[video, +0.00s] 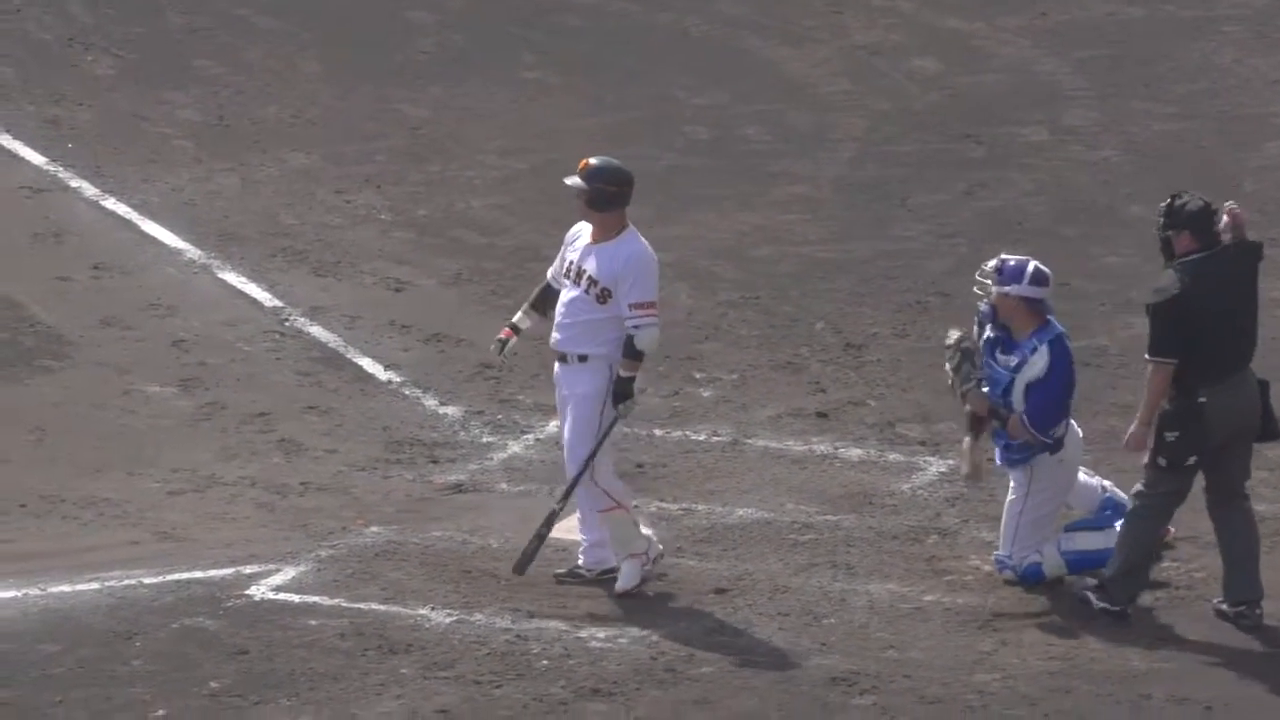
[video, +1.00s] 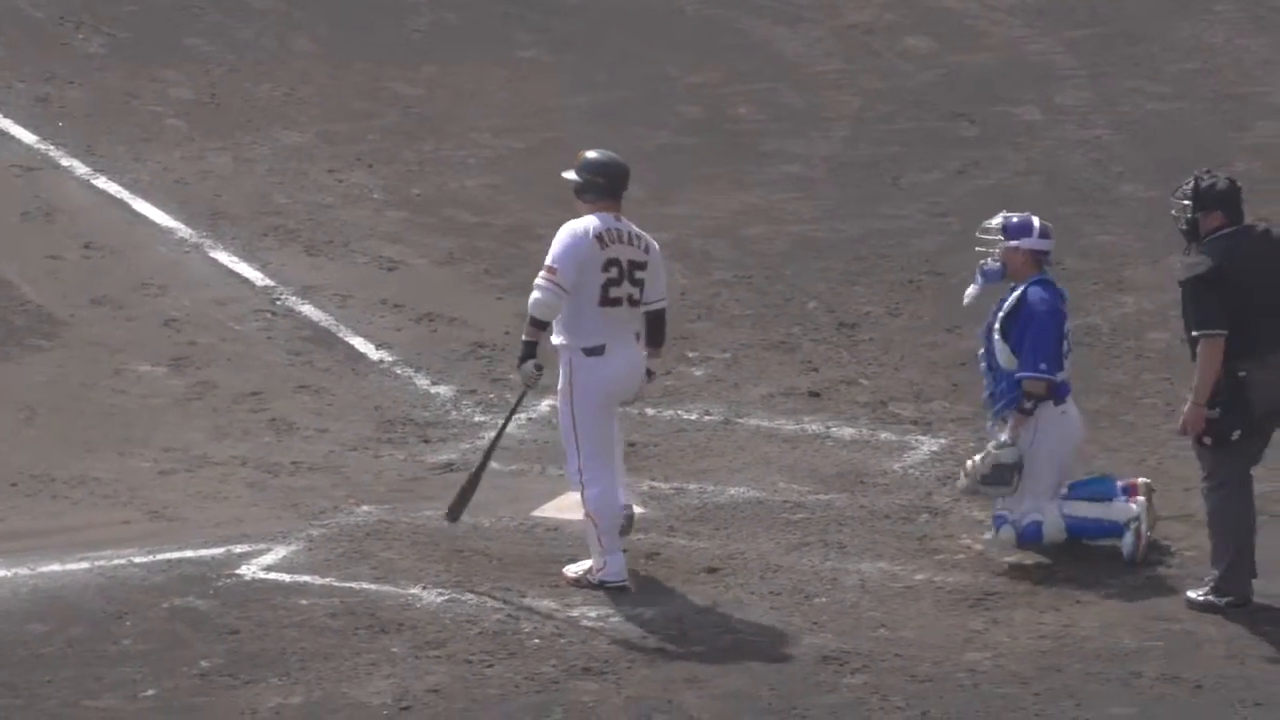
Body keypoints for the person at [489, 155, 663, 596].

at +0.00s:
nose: (578, 199)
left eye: (584, 194)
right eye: (579, 192)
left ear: (605, 202)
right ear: (606, 201)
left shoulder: (635, 257)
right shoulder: (579, 234)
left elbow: (642, 331)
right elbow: (551, 287)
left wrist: (624, 381)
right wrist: (516, 326)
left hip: (597, 372)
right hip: (565, 367)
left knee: (586, 465)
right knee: (578, 464)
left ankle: (639, 548)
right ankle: (597, 556)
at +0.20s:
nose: (577, 193)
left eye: (583, 189)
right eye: (578, 187)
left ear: (603, 196)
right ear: (607, 194)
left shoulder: (625, 250)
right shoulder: (586, 228)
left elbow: (634, 322)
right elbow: (570, 286)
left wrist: (624, 375)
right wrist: (539, 325)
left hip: (593, 366)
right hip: (567, 360)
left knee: (563, 461)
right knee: (589, 456)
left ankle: (629, 535)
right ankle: (600, 546)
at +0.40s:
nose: (576, 185)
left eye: (582, 181)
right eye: (579, 179)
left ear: (597, 188)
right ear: (613, 187)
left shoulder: (618, 244)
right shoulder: (600, 227)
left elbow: (622, 317)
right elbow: (598, 301)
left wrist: (611, 367)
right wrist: (573, 352)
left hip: (590, 359)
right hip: (578, 353)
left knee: (557, 455)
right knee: (597, 450)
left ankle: (612, 537)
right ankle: (608, 537)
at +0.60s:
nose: (579, 188)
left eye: (584, 184)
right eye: (581, 182)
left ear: (599, 191)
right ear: (619, 191)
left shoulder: (605, 247)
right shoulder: (632, 227)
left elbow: (601, 320)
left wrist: (585, 372)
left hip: (594, 358)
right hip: (619, 351)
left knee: (584, 458)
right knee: (599, 449)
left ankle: (617, 558)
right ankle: (602, 541)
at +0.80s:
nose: (581, 192)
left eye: (586, 187)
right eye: (584, 185)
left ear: (597, 193)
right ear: (624, 192)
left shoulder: (591, 244)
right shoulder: (650, 238)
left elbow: (572, 317)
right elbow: (659, 305)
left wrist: (554, 362)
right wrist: (642, 344)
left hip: (598, 364)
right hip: (636, 361)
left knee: (598, 466)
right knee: (600, 451)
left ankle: (623, 565)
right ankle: (594, 536)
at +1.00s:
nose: (573, 191)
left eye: (578, 186)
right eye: (576, 185)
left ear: (590, 189)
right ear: (618, 192)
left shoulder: (575, 234)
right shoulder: (646, 243)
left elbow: (544, 300)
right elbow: (655, 312)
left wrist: (529, 349)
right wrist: (652, 362)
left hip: (587, 364)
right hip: (631, 362)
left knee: (591, 466)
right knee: (601, 425)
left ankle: (608, 563)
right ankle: (619, 504)